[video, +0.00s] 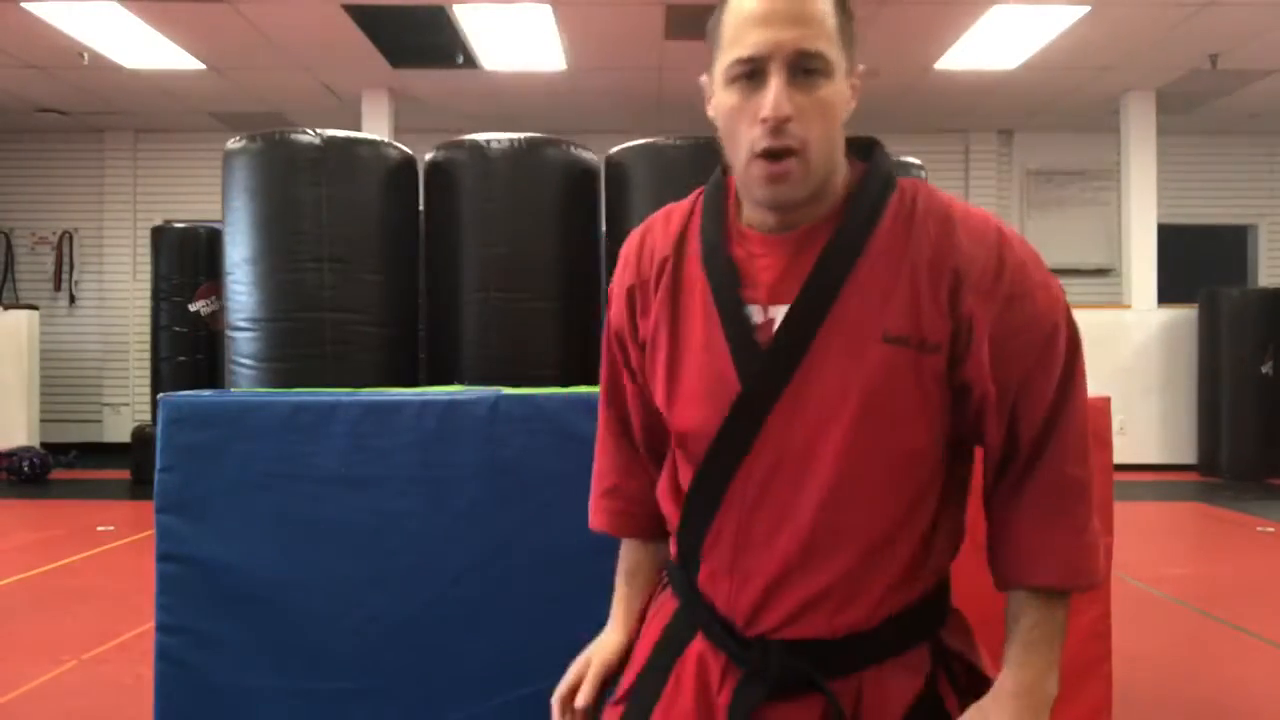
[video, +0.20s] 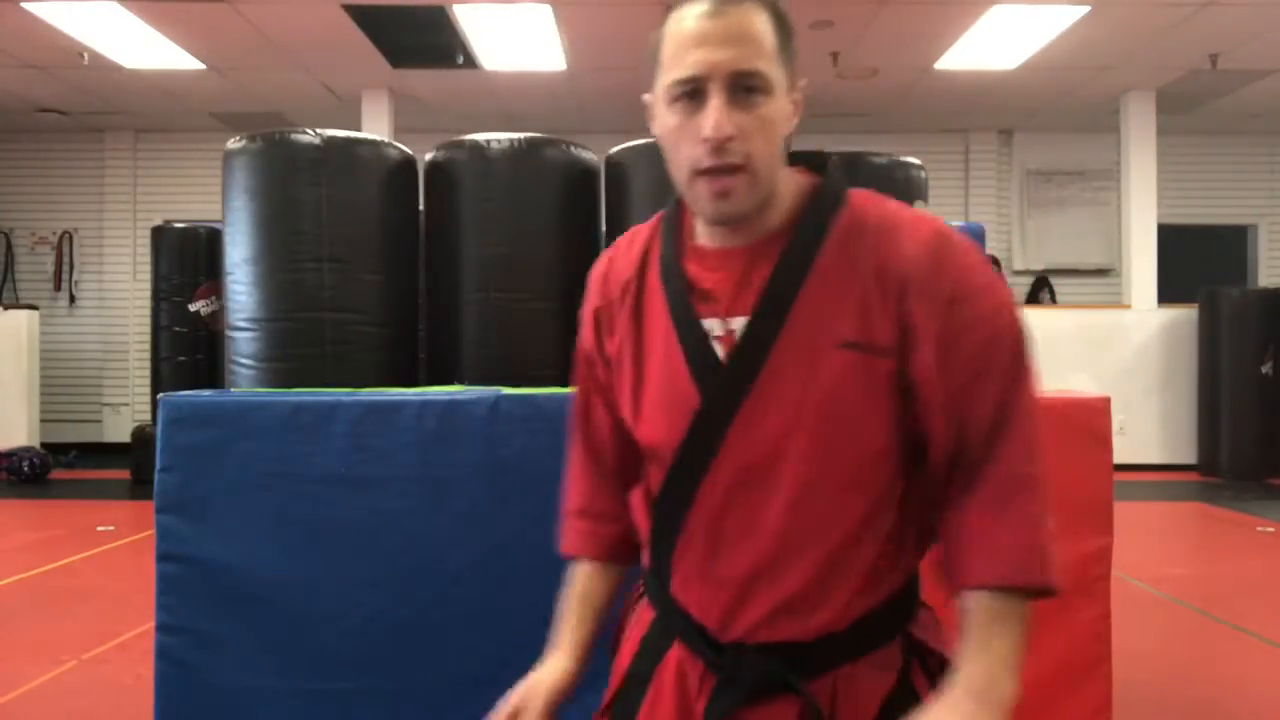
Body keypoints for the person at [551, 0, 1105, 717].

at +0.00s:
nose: (776, 107)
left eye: (807, 72)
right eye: (748, 76)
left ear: (853, 89)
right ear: (711, 100)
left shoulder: (974, 263)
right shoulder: (652, 258)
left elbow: (1045, 478)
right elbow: (638, 458)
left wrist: (1027, 683)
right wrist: (621, 622)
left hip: (883, 688)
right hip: (686, 676)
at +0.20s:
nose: (717, 125)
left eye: (746, 91)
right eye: (688, 95)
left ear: (793, 104)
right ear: (654, 117)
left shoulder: (923, 266)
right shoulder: (620, 280)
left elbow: (996, 484)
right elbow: (602, 486)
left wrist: (981, 687)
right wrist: (563, 655)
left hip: (857, 690)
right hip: (669, 682)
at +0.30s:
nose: (685, 131)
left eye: (714, 99)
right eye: (658, 102)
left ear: (759, 116)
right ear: (624, 122)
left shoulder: (869, 271)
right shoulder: (586, 288)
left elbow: (924, 472)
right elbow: (537, 489)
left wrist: (888, 645)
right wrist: (484, 653)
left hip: (819, 678)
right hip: (639, 674)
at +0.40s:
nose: (644, 140)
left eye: (673, 112)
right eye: (620, 111)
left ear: (715, 126)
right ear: (586, 128)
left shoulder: (802, 271)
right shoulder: (544, 282)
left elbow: (853, 474)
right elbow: (476, 439)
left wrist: (775, 530)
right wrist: (434, 514)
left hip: (773, 670)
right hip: (605, 665)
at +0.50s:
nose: (606, 150)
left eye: (635, 118)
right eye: (583, 119)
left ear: (677, 124)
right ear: (550, 126)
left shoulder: (769, 253)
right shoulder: (517, 250)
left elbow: (819, 454)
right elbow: (440, 440)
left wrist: (713, 353)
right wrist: (426, 346)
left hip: (739, 655)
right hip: (581, 649)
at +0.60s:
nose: (592, 173)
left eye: (616, 135)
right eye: (567, 140)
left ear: (665, 125)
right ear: (540, 140)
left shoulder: (758, 239)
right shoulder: (517, 230)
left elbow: (799, 411)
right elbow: (424, 380)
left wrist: (710, 219)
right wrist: (441, 214)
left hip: (723, 643)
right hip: (563, 641)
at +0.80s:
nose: (623, 197)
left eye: (651, 162)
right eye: (599, 162)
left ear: (691, 150)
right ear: (563, 151)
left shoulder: (763, 255)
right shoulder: (509, 246)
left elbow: (815, 460)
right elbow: (477, 422)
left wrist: (782, 257)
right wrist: (505, 234)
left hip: (732, 653)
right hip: (572, 648)